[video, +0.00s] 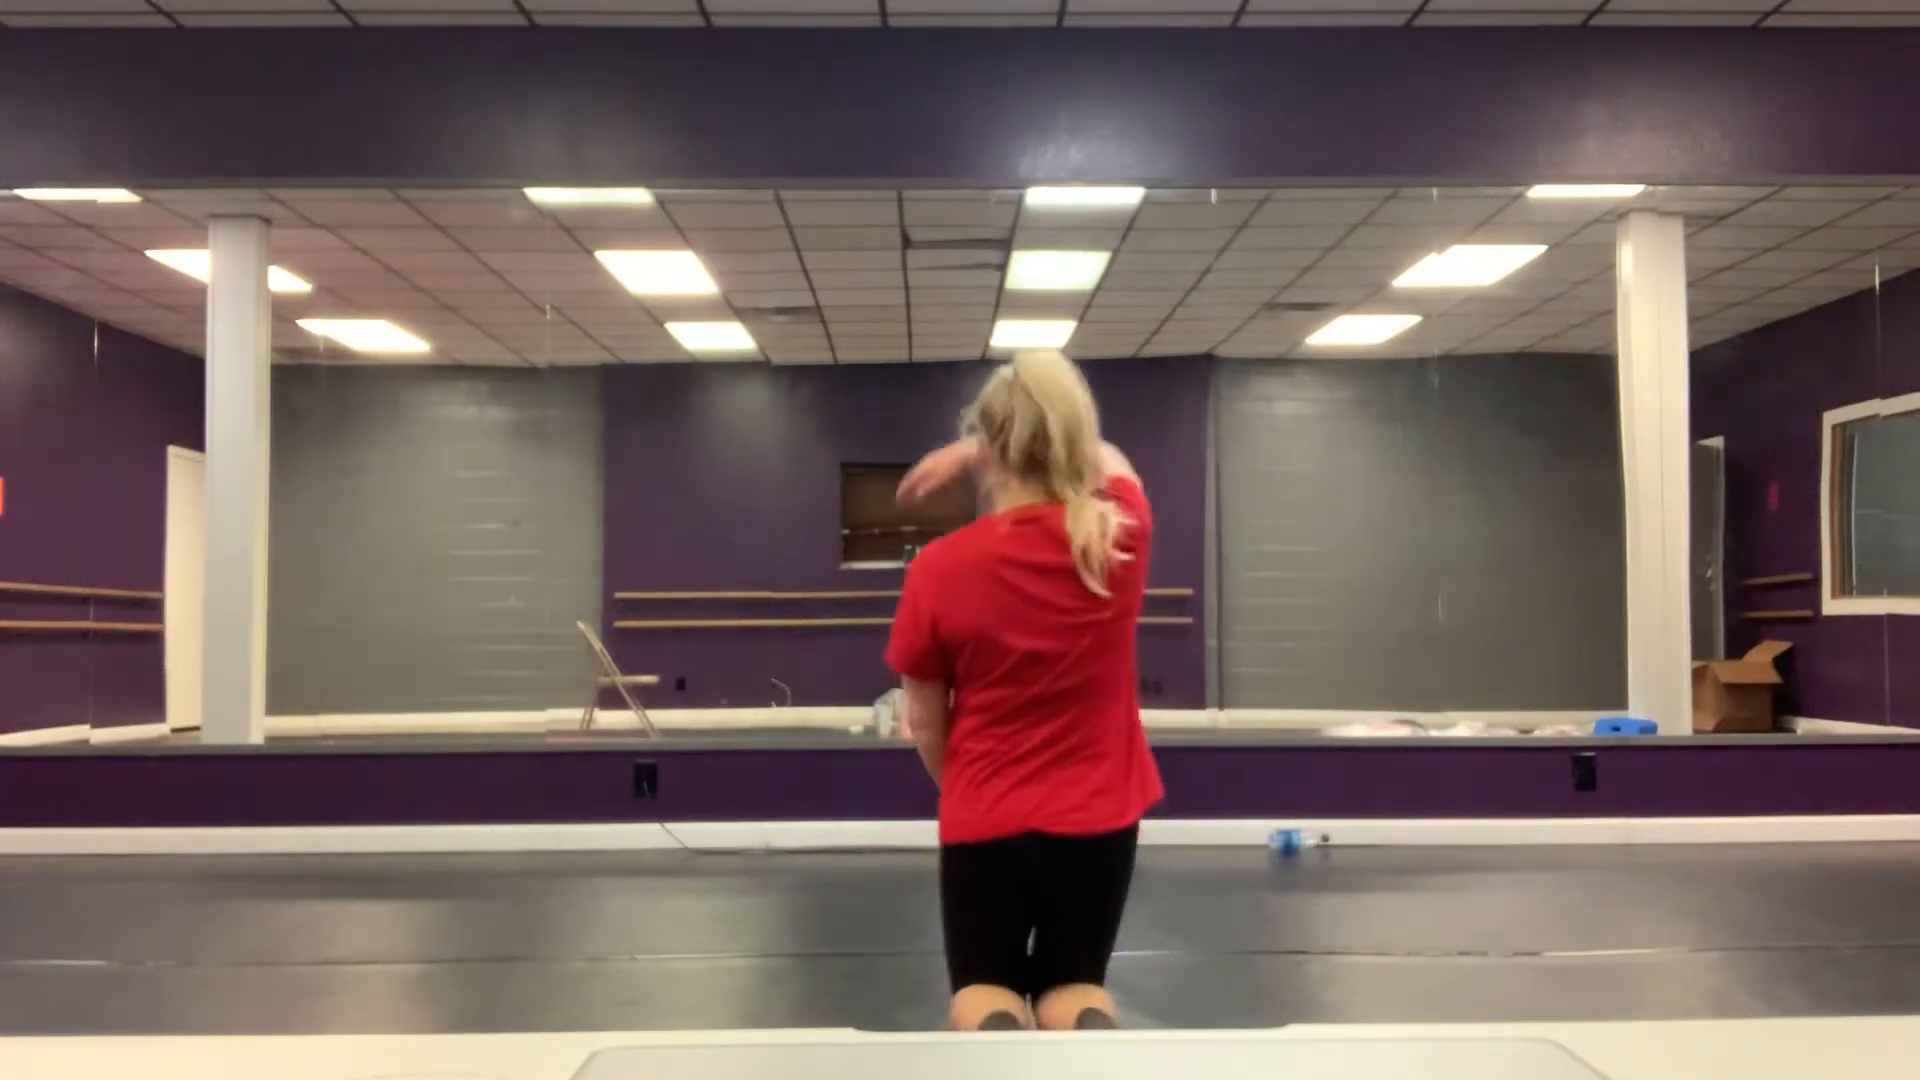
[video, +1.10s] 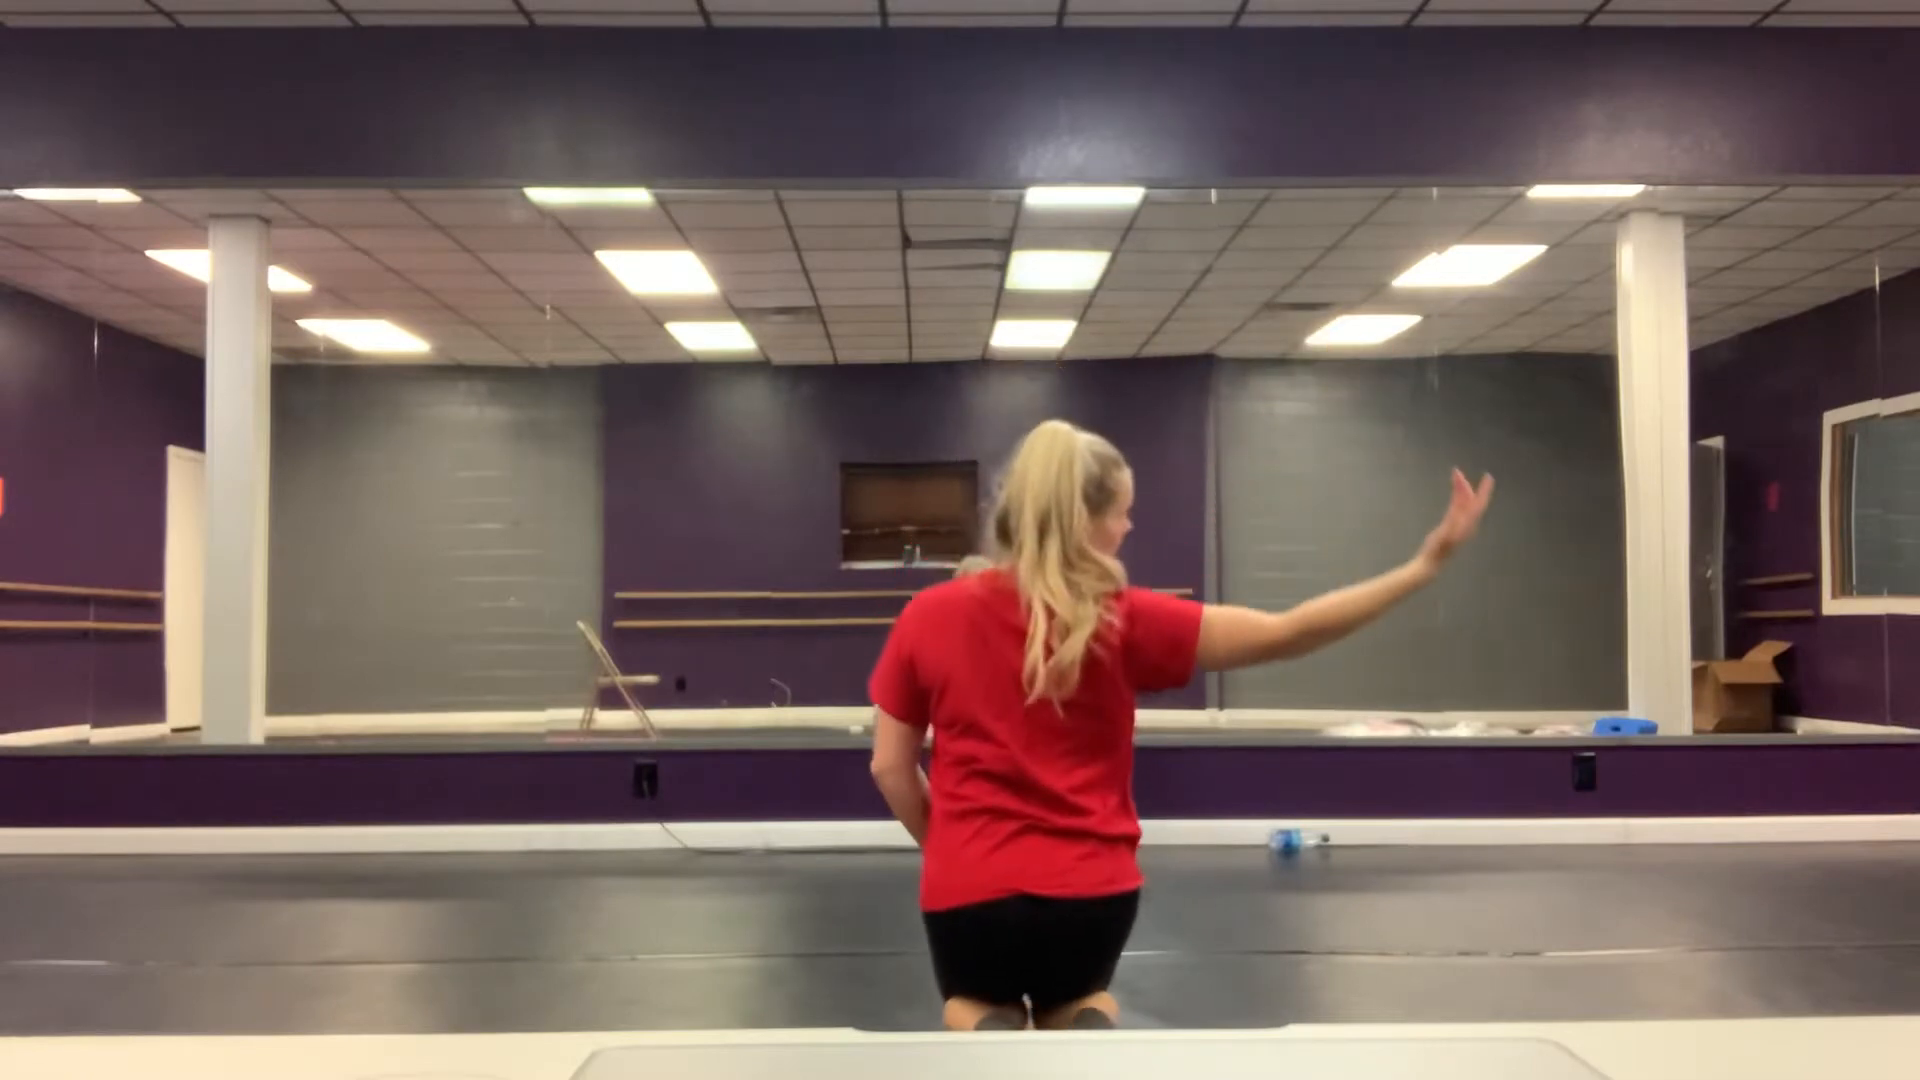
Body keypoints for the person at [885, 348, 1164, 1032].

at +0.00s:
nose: (979, 448)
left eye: (983, 438)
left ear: (995, 450)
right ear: (1075, 441)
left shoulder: (941, 566)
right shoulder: (1121, 532)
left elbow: (924, 724)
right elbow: (1092, 448)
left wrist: (968, 790)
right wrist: (975, 448)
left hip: (987, 815)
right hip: (1101, 813)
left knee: (985, 981)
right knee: (1073, 980)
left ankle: (1002, 1040)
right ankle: (1093, 1040)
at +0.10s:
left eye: (980, 425)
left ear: (985, 442)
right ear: (1072, 436)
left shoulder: (935, 561)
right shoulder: (1111, 532)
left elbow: (918, 719)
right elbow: (1124, 423)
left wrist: (964, 789)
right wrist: (1013, 377)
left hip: (982, 812)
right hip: (1096, 809)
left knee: (984, 979)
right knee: (1071, 977)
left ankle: (1003, 1039)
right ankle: (1091, 1038)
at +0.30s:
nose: (1076, 433)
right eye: (1071, 420)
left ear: (981, 436)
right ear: (1070, 433)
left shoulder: (927, 557)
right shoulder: (1105, 528)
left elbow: (915, 718)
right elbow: (1175, 413)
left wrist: (959, 797)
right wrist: (1118, 301)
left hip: (980, 811)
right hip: (1090, 808)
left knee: (985, 982)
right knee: (1071, 978)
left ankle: (1003, 1034)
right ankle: (1092, 1030)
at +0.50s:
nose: (1096, 455)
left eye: (1095, 439)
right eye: (1089, 440)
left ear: (994, 443)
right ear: (1064, 445)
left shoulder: (928, 560)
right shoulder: (1107, 539)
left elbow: (910, 719)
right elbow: (1220, 445)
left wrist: (957, 796)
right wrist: (1221, 309)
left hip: (977, 814)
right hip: (1094, 811)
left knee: (982, 980)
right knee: (1075, 975)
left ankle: (1010, 1044)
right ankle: (1090, 1038)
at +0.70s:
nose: (1112, 481)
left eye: (1111, 465)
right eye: (1106, 465)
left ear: (1007, 466)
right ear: (1069, 469)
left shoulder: (931, 575)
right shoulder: (1118, 563)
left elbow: (901, 730)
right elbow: (1257, 500)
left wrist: (954, 809)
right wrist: (1316, 365)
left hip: (976, 829)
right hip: (1094, 826)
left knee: (982, 984)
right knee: (1075, 979)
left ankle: (1004, 1037)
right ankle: (1092, 1036)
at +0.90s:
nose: (1122, 503)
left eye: (1122, 486)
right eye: (1117, 487)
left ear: (1021, 486)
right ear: (1078, 491)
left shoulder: (933, 592)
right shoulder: (1117, 589)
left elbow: (893, 743)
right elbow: (1279, 565)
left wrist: (950, 826)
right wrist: (1384, 457)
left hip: (971, 856)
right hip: (1093, 852)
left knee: (979, 996)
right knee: (1076, 992)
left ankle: (1001, 1048)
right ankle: (1097, 1042)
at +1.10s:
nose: (1127, 535)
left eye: (1127, 518)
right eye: (1122, 517)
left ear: (1022, 510)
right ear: (1086, 516)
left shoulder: (934, 614)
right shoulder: (1121, 617)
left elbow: (890, 766)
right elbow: (1284, 631)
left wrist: (947, 845)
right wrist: (1423, 567)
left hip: (968, 887)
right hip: (1093, 889)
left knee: (975, 1011)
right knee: (1078, 997)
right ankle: (1090, 1022)